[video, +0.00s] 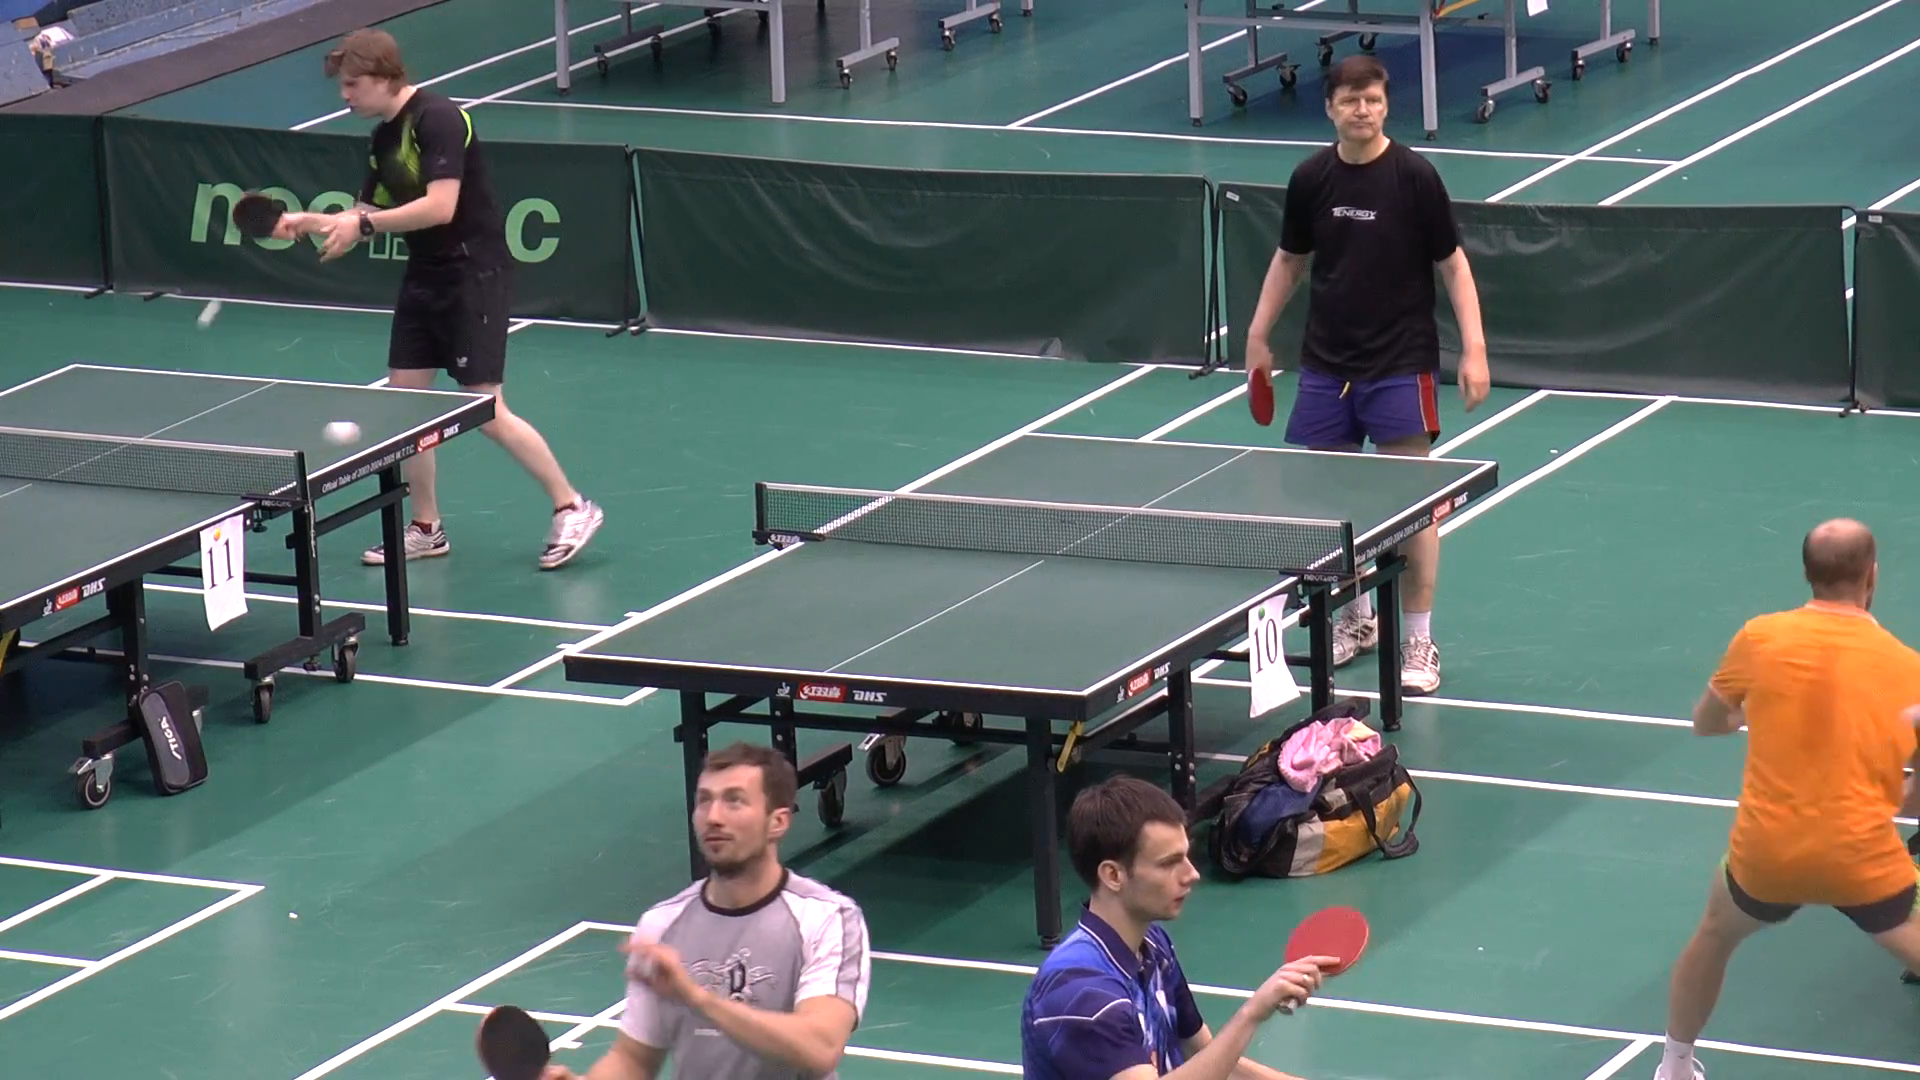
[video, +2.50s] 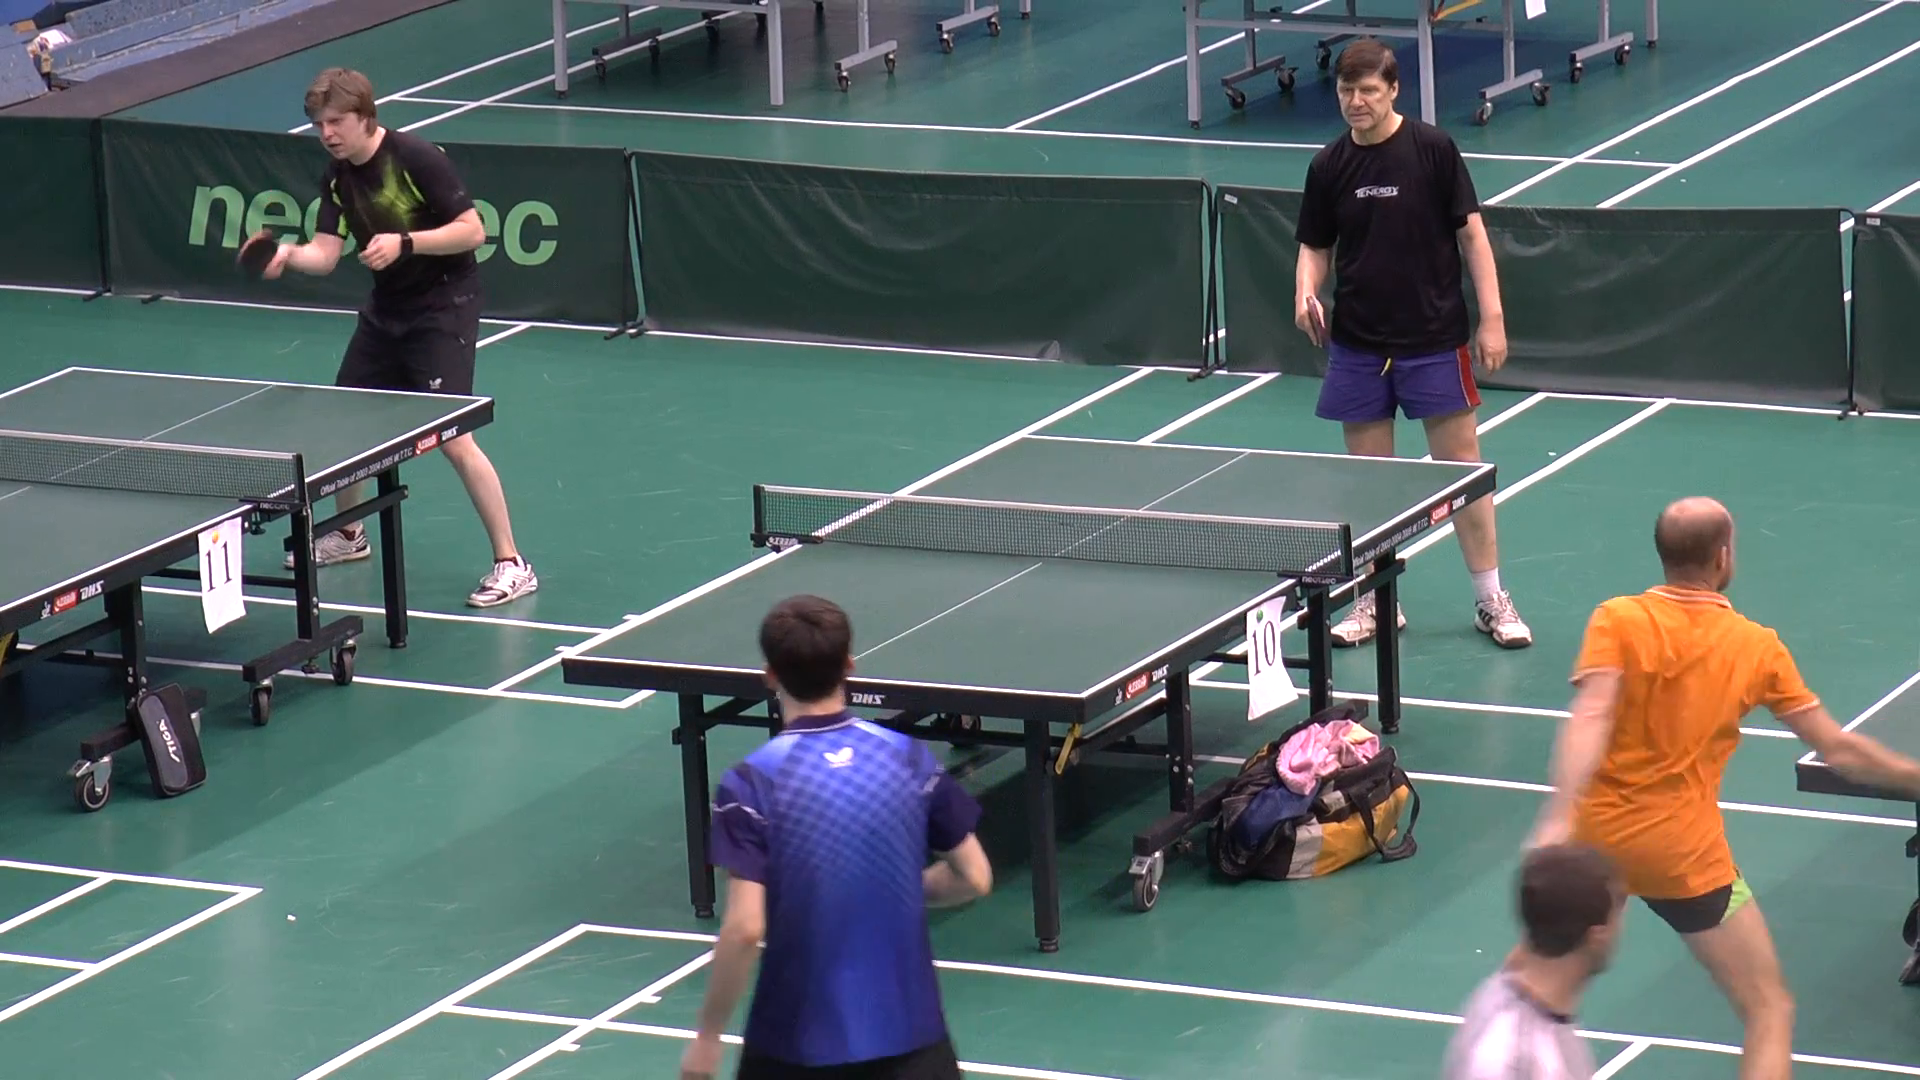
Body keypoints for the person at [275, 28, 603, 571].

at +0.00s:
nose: (346, 98)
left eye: (352, 87)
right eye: (343, 88)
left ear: (385, 78)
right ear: (365, 84)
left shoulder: (438, 116)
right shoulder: (384, 136)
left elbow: (441, 205)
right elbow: (368, 218)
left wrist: (363, 222)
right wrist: (309, 222)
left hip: (475, 274)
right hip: (424, 274)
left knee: (487, 411)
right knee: (405, 402)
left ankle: (573, 507)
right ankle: (426, 527)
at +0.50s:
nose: (345, 114)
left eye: (354, 103)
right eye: (339, 106)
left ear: (384, 98)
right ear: (338, 106)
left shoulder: (431, 141)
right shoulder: (350, 157)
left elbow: (474, 221)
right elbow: (330, 235)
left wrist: (404, 243)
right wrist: (290, 250)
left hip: (451, 299)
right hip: (393, 299)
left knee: (456, 426)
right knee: (350, 410)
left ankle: (493, 557)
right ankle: (355, 529)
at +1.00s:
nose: (300, 158)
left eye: (304, 145)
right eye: (295, 149)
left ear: (335, 132)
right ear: (339, 132)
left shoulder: (374, 167)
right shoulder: (379, 153)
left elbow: (403, 244)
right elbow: (411, 236)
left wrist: (333, 272)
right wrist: (340, 271)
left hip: (444, 304)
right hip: (412, 303)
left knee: (418, 444)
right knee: (367, 418)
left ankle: (503, 560)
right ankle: (351, 531)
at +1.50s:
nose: (327, 128)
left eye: (336, 117)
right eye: (321, 119)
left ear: (367, 112)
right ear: (320, 121)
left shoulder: (422, 150)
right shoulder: (337, 172)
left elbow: (476, 223)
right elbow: (320, 253)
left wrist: (409, 234)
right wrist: (290, 237)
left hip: (447, 309)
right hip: (385, 312)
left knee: (456, 428)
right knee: (345, 419)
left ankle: (506, 558)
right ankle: (350, 531)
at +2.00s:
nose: (302, 162)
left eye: (306, 149)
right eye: (297, 152)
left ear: (337, 136)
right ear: (342, 136)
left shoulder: (378, 170)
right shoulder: (382, 156)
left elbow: (416, 247)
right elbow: (396, 235)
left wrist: (344, 266)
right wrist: (340, 257)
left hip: (447, 311)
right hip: (412, 309)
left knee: (421, 443)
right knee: (366, 418)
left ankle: (508, 560)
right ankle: (349, 529)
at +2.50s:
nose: (326, 133)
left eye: (335, 122)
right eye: (320, 125)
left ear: (365, 117)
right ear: (317, 126)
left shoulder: (418, 157)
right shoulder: (337, 177)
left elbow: (473, 230)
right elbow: (325, 256)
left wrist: (406, 241)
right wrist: (288, 254)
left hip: (443, 313)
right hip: (383, 315)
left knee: (451, 435)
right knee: (343, 421)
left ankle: (511, 563)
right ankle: (349, 533)